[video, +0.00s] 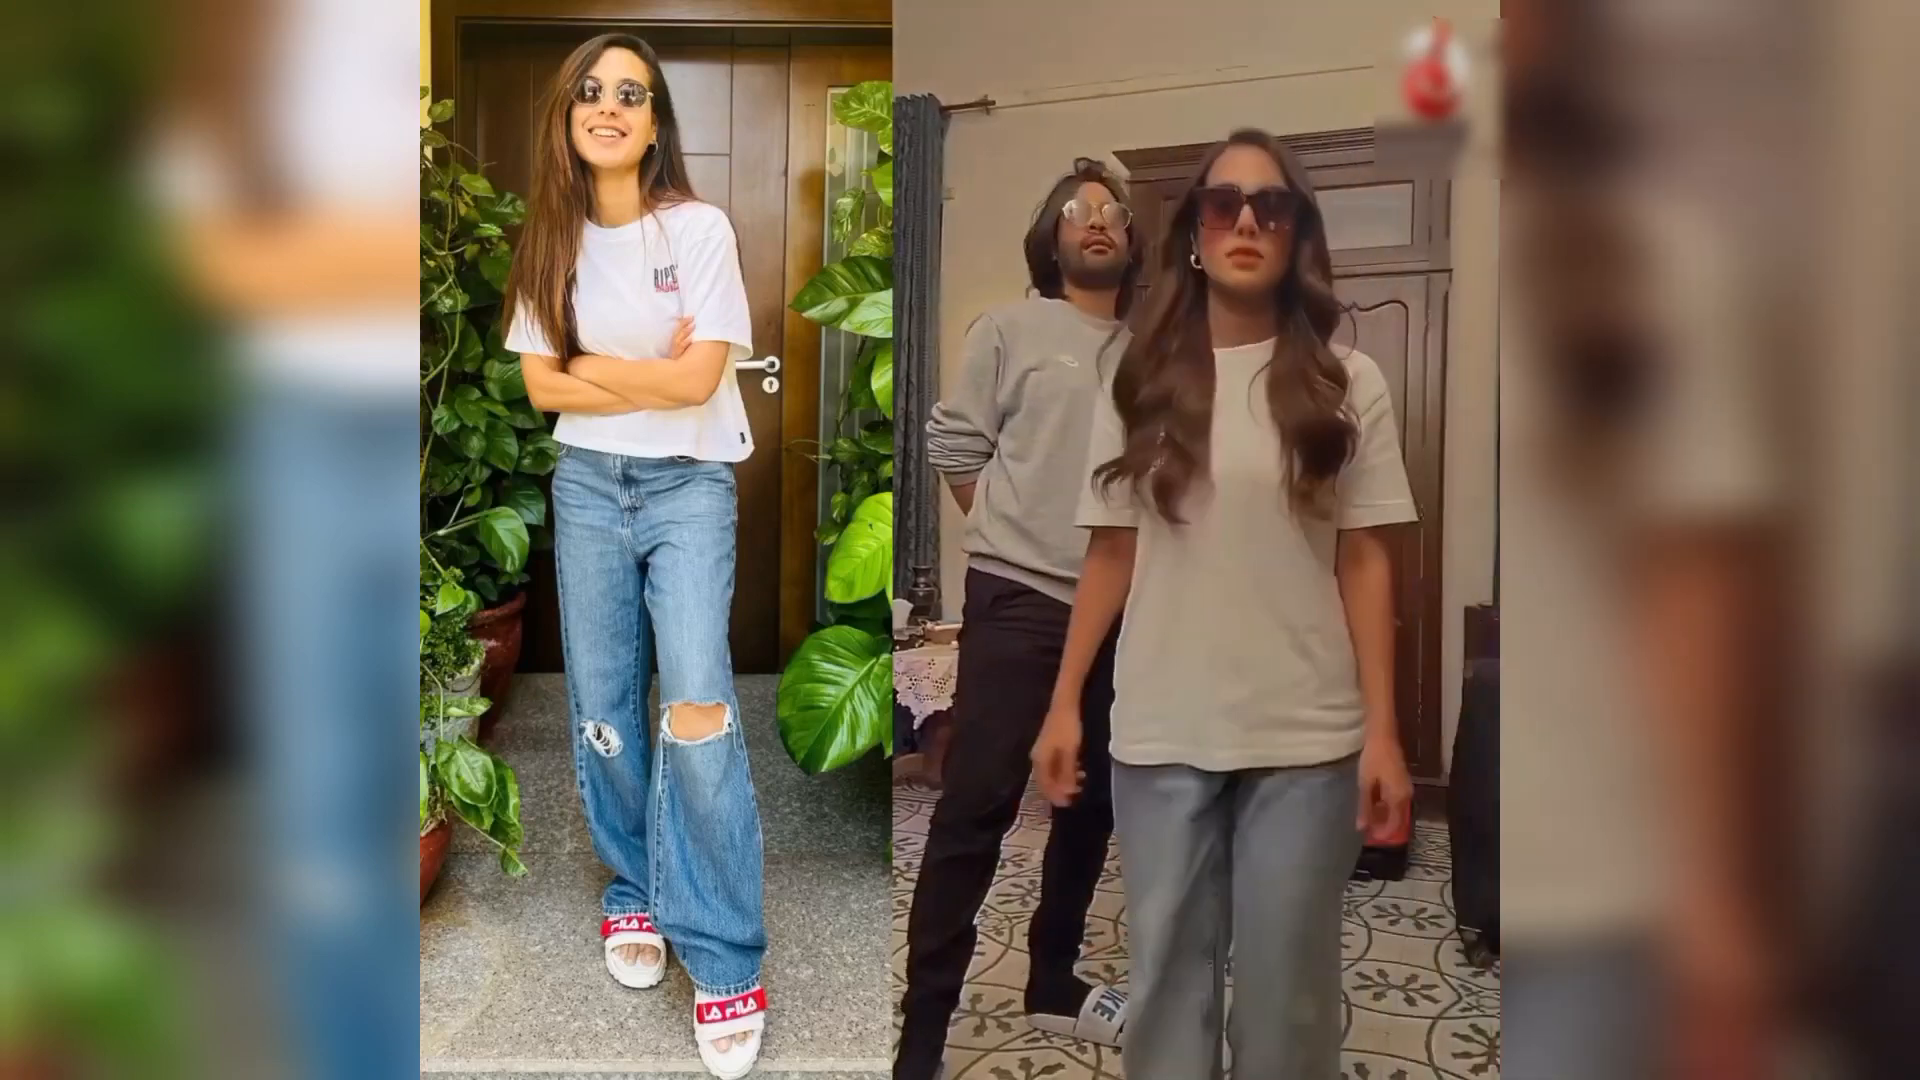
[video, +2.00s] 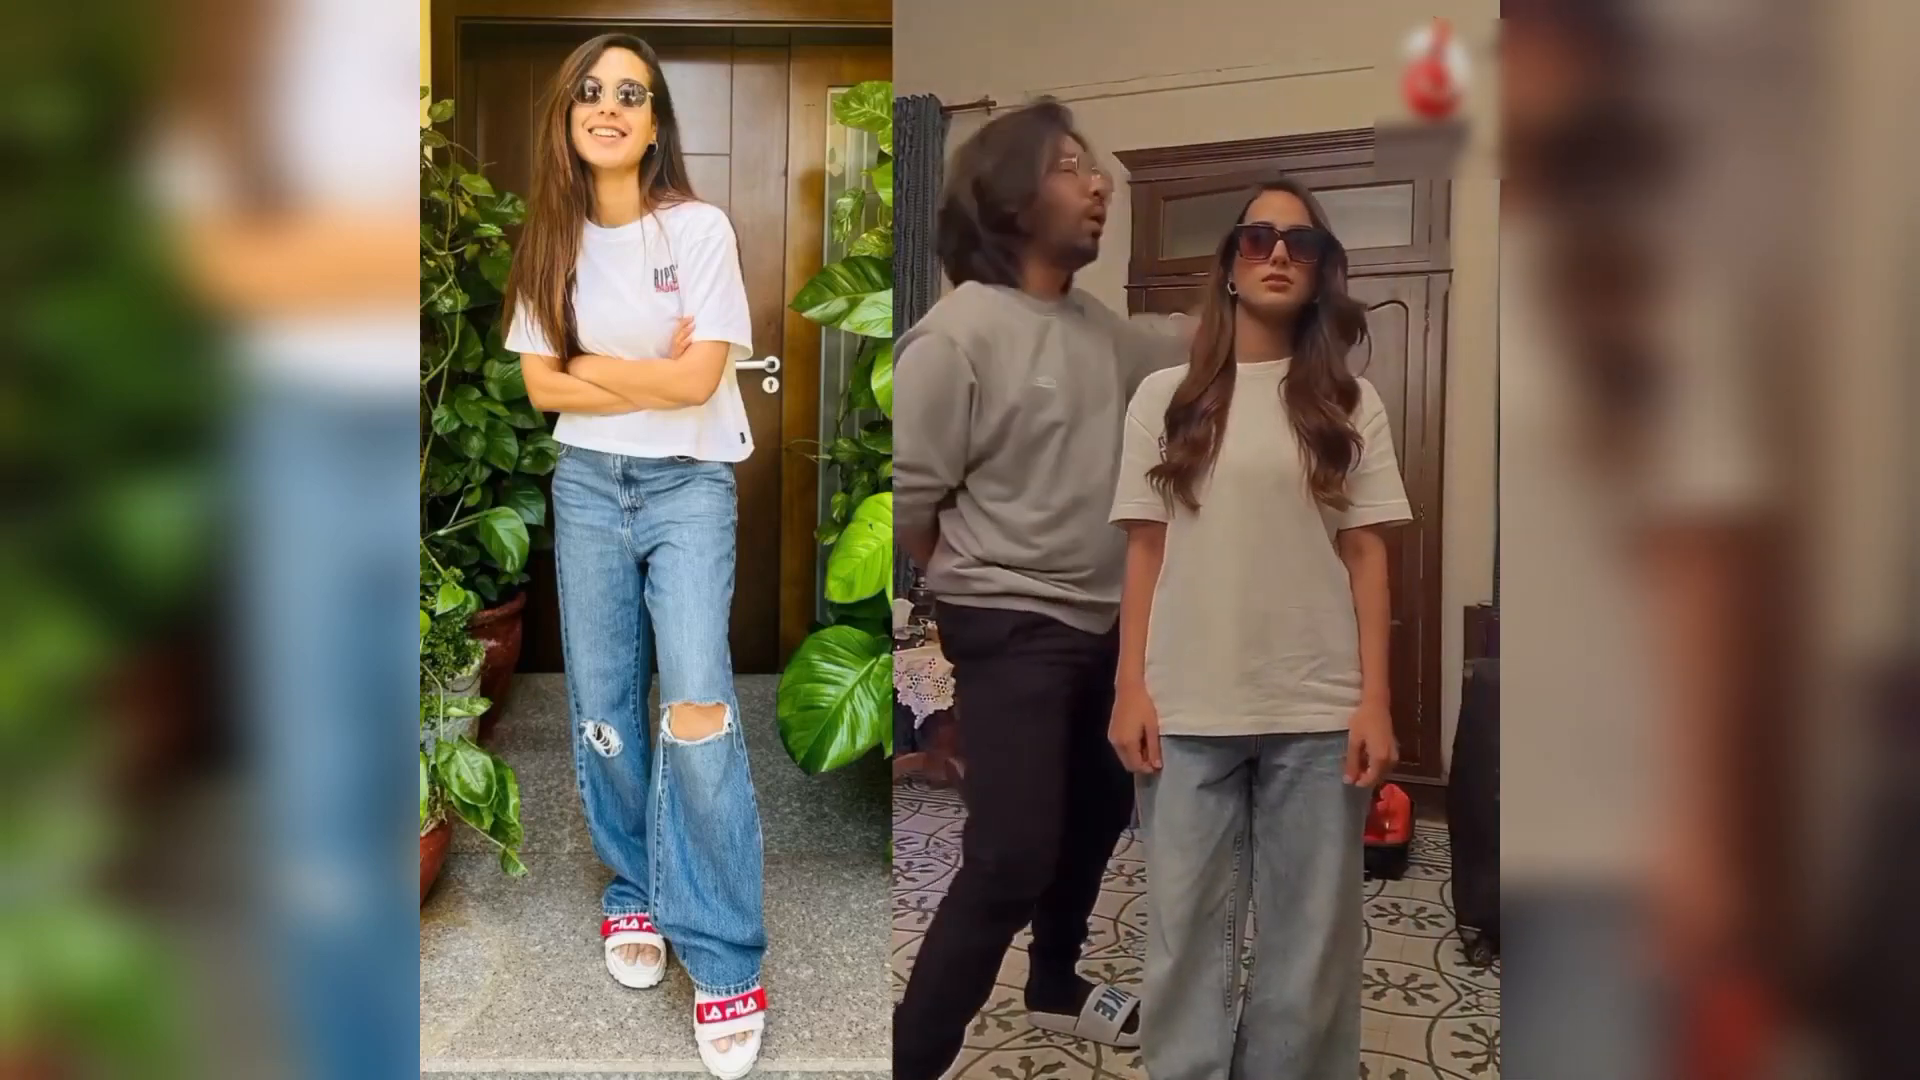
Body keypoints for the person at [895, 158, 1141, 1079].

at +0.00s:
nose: (1094, 224)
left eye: (1108, 212)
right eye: (1077, 214)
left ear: (1133, 235)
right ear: (1051, 237)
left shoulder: (1160, 345)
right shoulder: (1008, 331)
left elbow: (1179, 477)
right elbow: (956, 456)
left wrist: (1127, 549)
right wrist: (1009, 541)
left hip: (1122, 599)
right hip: (1015, 593)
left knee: (1091, 801)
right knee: (976, 802)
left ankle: (1055, 981)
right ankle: (927, 1024)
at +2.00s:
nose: (1100, 186)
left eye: (1096, 170)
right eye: (1073, 168)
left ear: (1088, 192)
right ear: (1009, 192)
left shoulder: (1106, 329)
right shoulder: (955, 333)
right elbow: (908, 516)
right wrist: (951, 591)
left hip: (1107, 620)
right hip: (1002, 622)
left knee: (1092, 816)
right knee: (1011, 866)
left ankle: (1055, 986)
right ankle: (914, 1064)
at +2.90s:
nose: (1108, 223)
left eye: (1121, 214)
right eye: (1089, 212)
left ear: (1139, 246)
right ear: (1054, 240)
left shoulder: (1161, 364)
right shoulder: (1010, 338)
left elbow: (1178, 497)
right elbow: (956, 465)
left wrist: (1144, 574)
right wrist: (1015, 556)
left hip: (1131, 619)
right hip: (1025, 610)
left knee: (1112, 815)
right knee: (991, 818)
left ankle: (1056, 982)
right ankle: (923, 1053)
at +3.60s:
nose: (1116, 222)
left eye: (1128, 213)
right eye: (1095, 213)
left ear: (1145, 242)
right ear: (1060, 241)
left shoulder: (1171, 359)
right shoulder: (1015, 334)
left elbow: (1187, 489)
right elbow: (962, 456)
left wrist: (1148, 569)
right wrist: (1019, 549)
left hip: (1133, 620)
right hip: (1025, 610)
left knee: (1106, 811)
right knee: (988, 821)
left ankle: (1056, 981)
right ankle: (939, 1056)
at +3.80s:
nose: (1089, 223)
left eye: (1109, 213)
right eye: (1074, 212)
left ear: (1140, 243)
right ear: (1050, 244)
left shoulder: (1172, 363)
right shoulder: (1017, 347)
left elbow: (1193, 495)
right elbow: (958, 464)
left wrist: (1155, 581)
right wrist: (1012, 560)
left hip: (1132, 626)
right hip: (1021, 615)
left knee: (1115, 821)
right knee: (985, 825)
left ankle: (1056, 982)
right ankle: (941, 1055)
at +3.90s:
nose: (1082, 224)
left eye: (1104, 214)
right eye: (1075, 213)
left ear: (1143, 240)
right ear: (1059, 238)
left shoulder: (1180, 356)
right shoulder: (1016, 341)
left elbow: (1200, 489)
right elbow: (961, 459)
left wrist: (1156, 569)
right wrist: (1018, 545)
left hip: (1131, 625)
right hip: (1017, 614)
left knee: (1109, 818)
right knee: (981, 821)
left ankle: (1057, 980)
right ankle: (937, 1055)